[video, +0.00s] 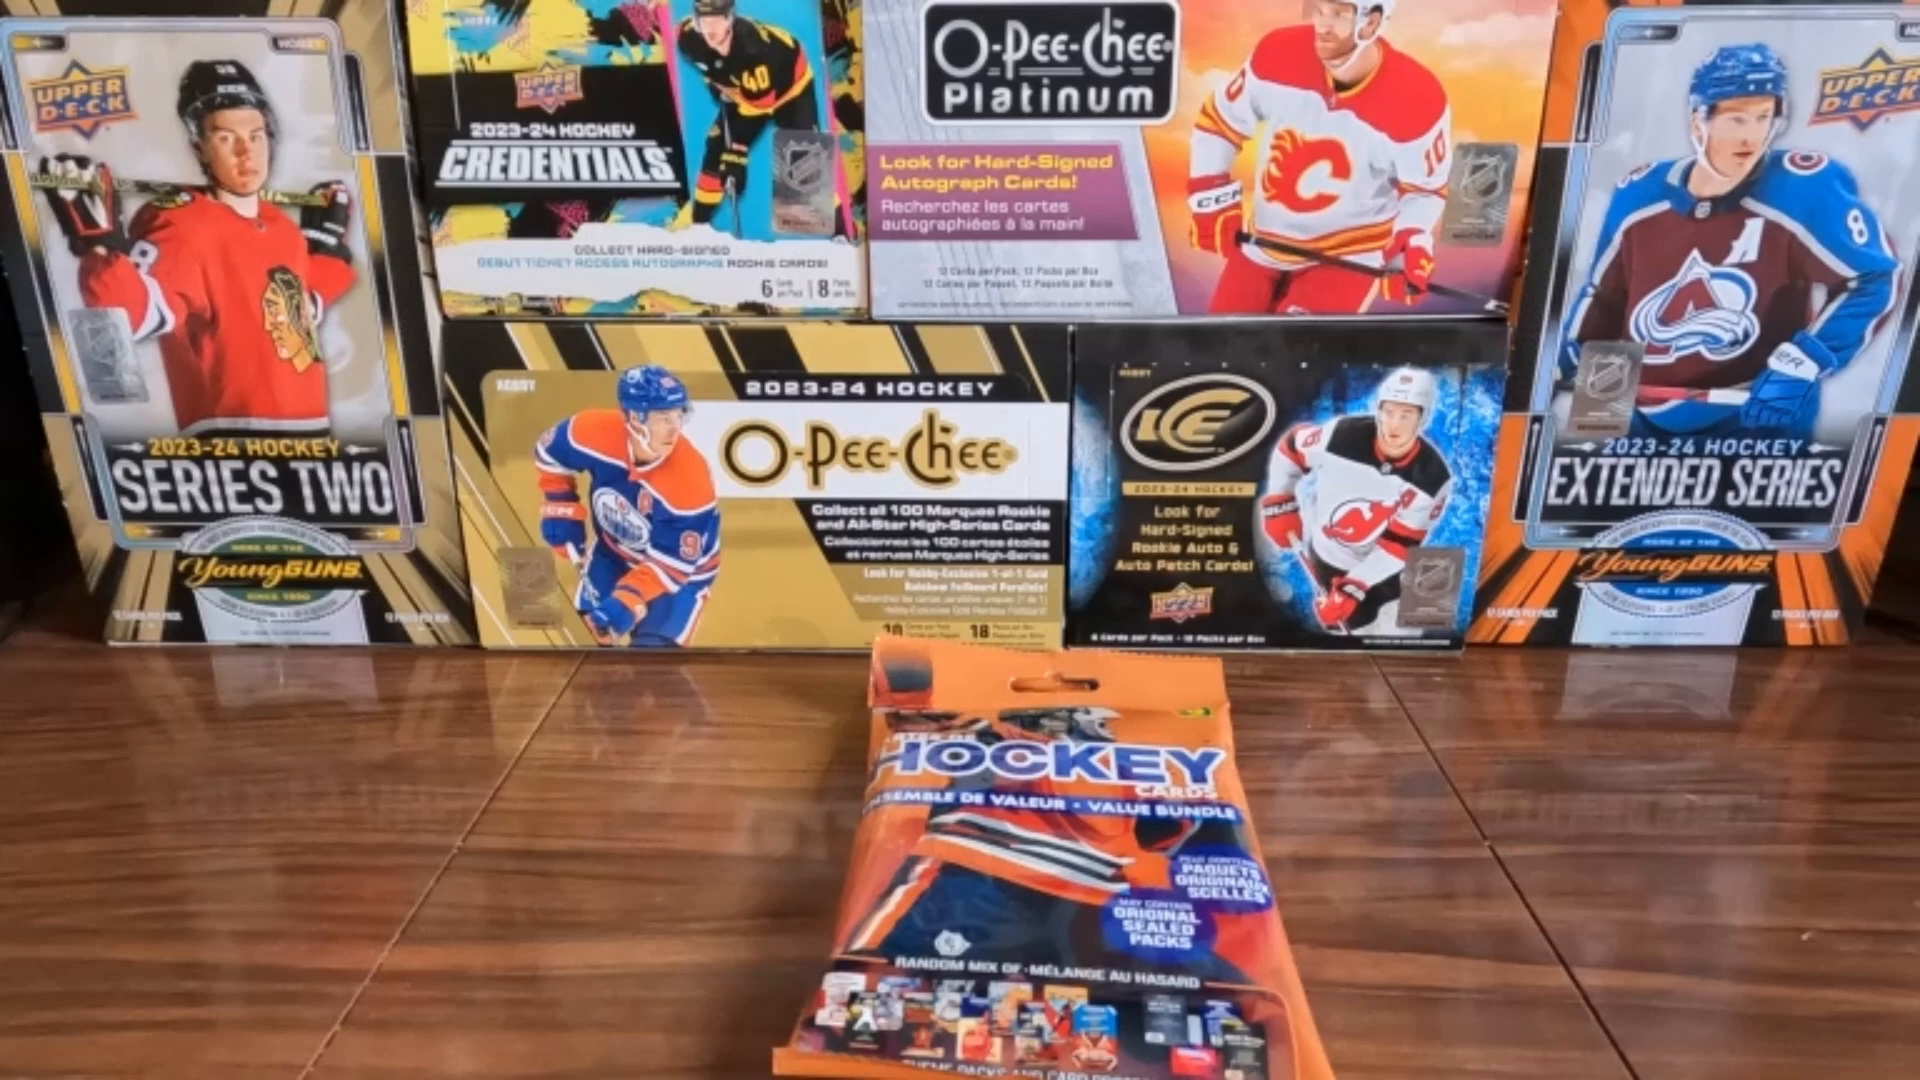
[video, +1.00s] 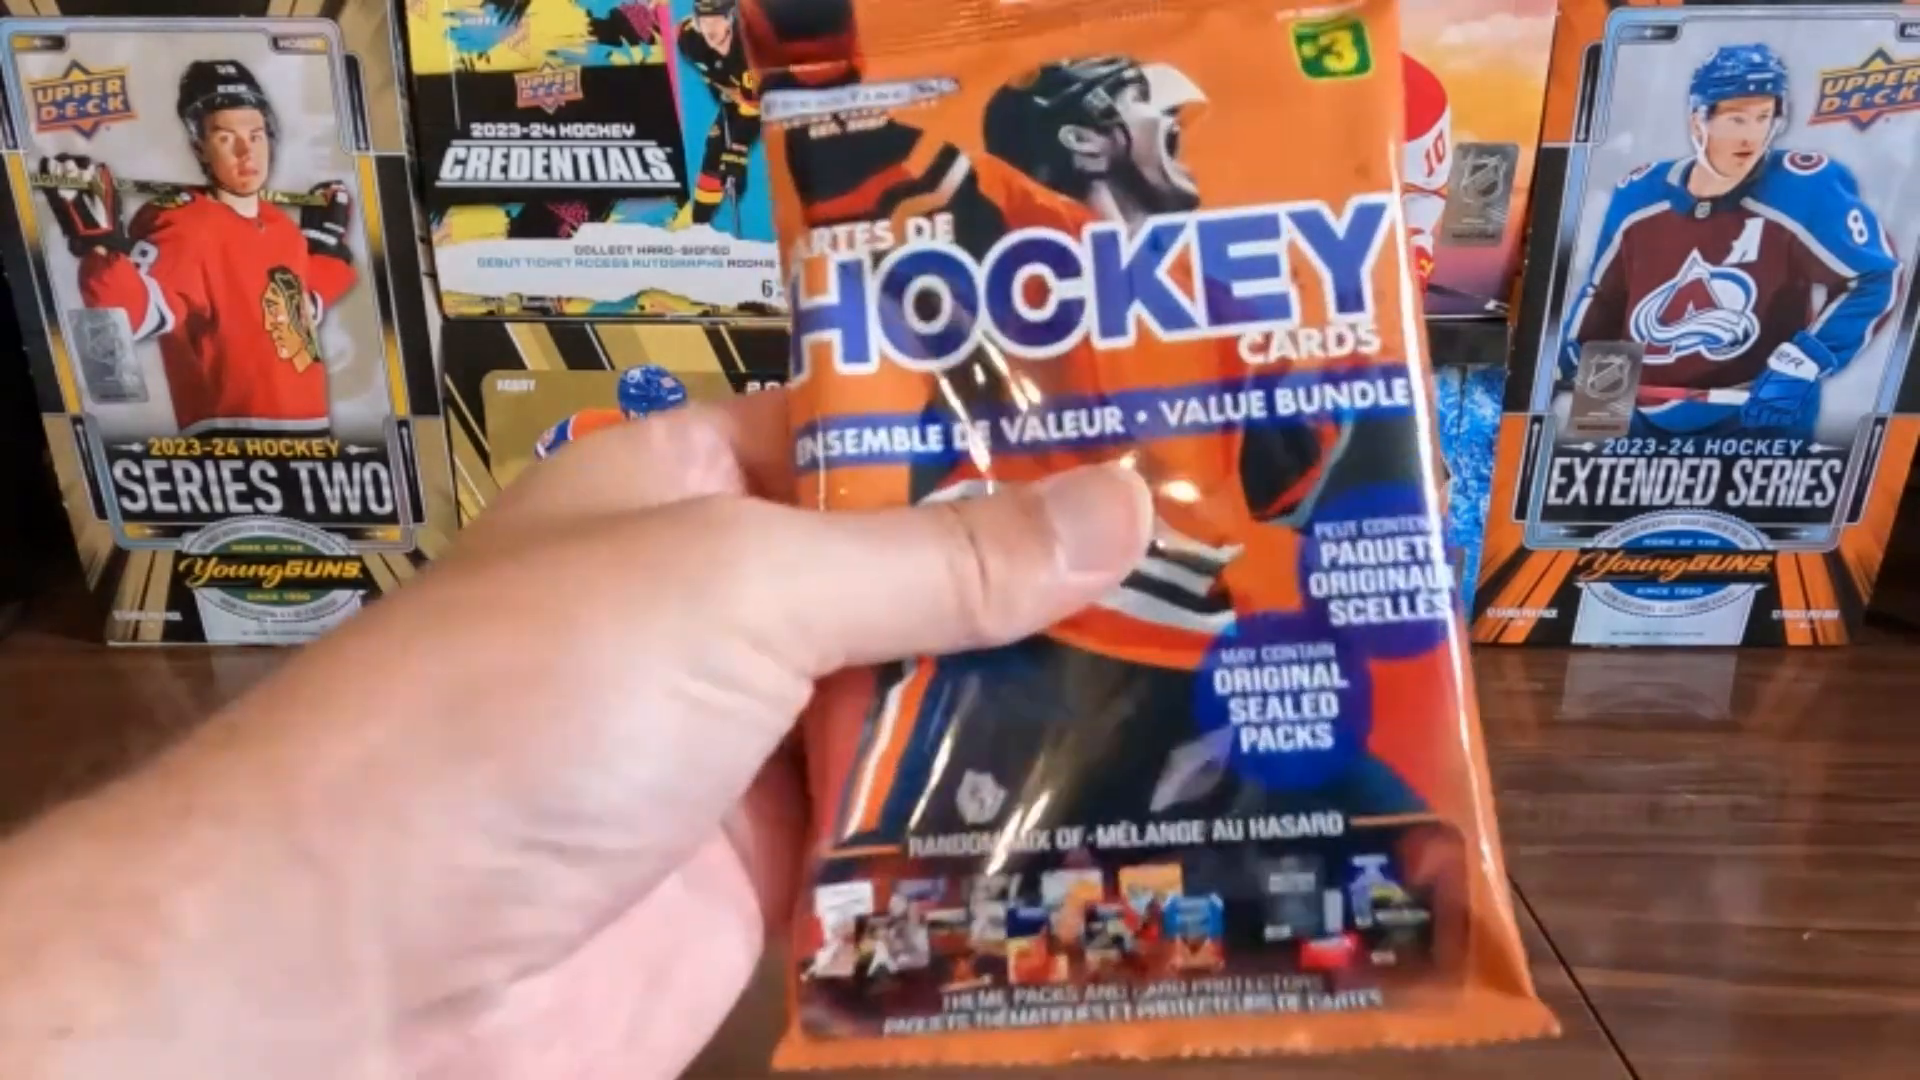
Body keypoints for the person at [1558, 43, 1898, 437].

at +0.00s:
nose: (1749, 135)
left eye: (1762, 118)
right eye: (1734, 119)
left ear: (1775, 123)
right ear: (1698, 124)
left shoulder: (1803, 193)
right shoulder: (1638, 197)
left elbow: (1878, 279)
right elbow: (1600, 296)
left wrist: (1801, 364)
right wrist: (1570, 365)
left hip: (1743, 425)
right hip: (1637, 420)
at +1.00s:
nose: (1749, 135)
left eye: (1762, 118)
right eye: (1734, 119)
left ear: (1775, 123)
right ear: (1698, 124)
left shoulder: (1803, 193)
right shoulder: (1638, 197)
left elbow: (1877, 279)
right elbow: (1600, 295)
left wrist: (1800, 365)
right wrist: (1576, 367)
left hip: (1744, 426)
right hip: (1637, 421)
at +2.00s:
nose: (1749, 134)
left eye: (1762, 118)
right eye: (1734, 119)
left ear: (1775, 123)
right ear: (1698, 124)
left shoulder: (1804, 192)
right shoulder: (1638, 197)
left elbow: (1878, 279)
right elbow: (1600, 297)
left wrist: (1801, 365)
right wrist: (1573, 367)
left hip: (1745, 427)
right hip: (1638, 422)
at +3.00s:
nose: (1750, 135)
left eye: (1762, 118)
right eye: (1734, 119)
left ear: (1775, 123)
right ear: (1698, 124)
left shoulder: (1804, 193)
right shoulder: (1637, 197)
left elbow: (1878, 279)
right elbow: (1600, 297)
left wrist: (1801, 365)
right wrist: (1572, 366)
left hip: (1744, 427)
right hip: (1636, 422)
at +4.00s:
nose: (1750, 135)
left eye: (1762, 118)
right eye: (1734, 119)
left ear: (1775, 122)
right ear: (1698, 124)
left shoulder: (1804, 192)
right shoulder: (1637, 197)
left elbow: (1879, 278)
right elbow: (1600, 297)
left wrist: (1802, 364)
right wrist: (1576, 361)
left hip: (1744, 427)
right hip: (1637, 421)